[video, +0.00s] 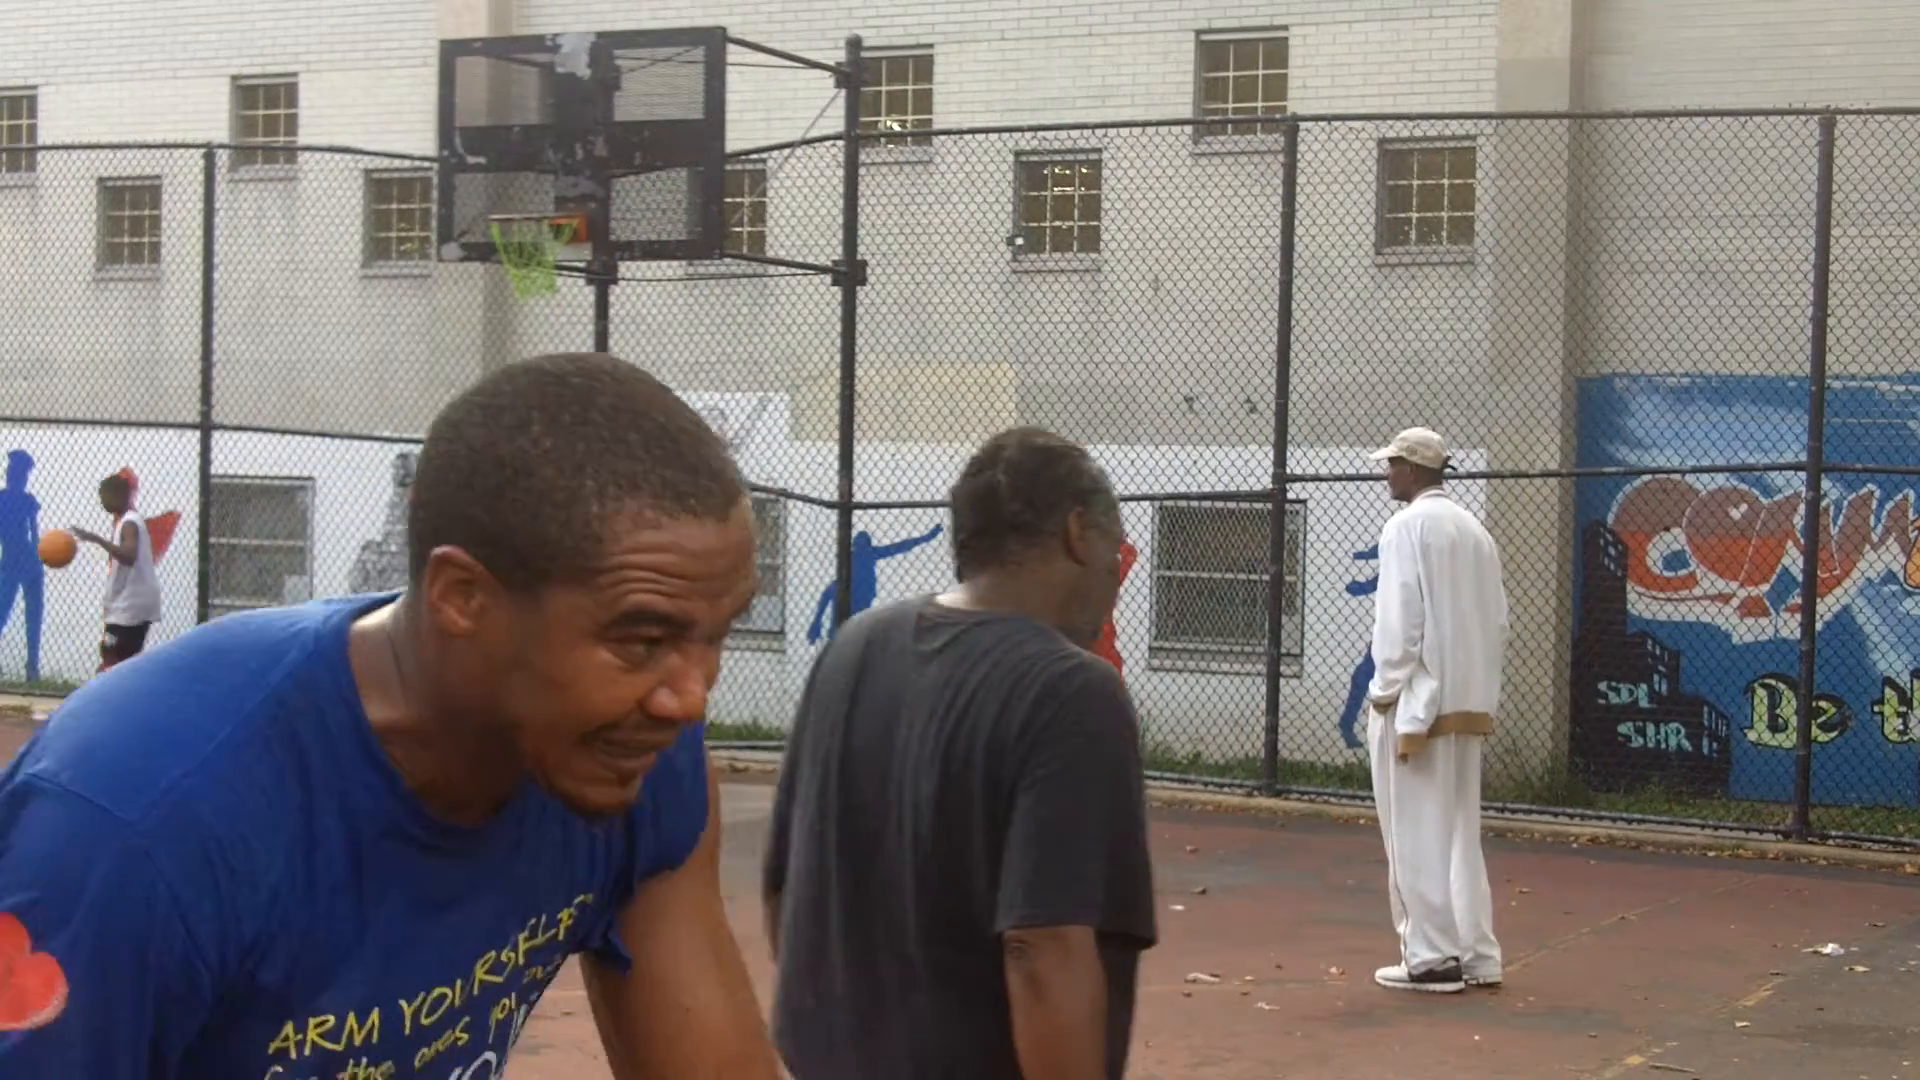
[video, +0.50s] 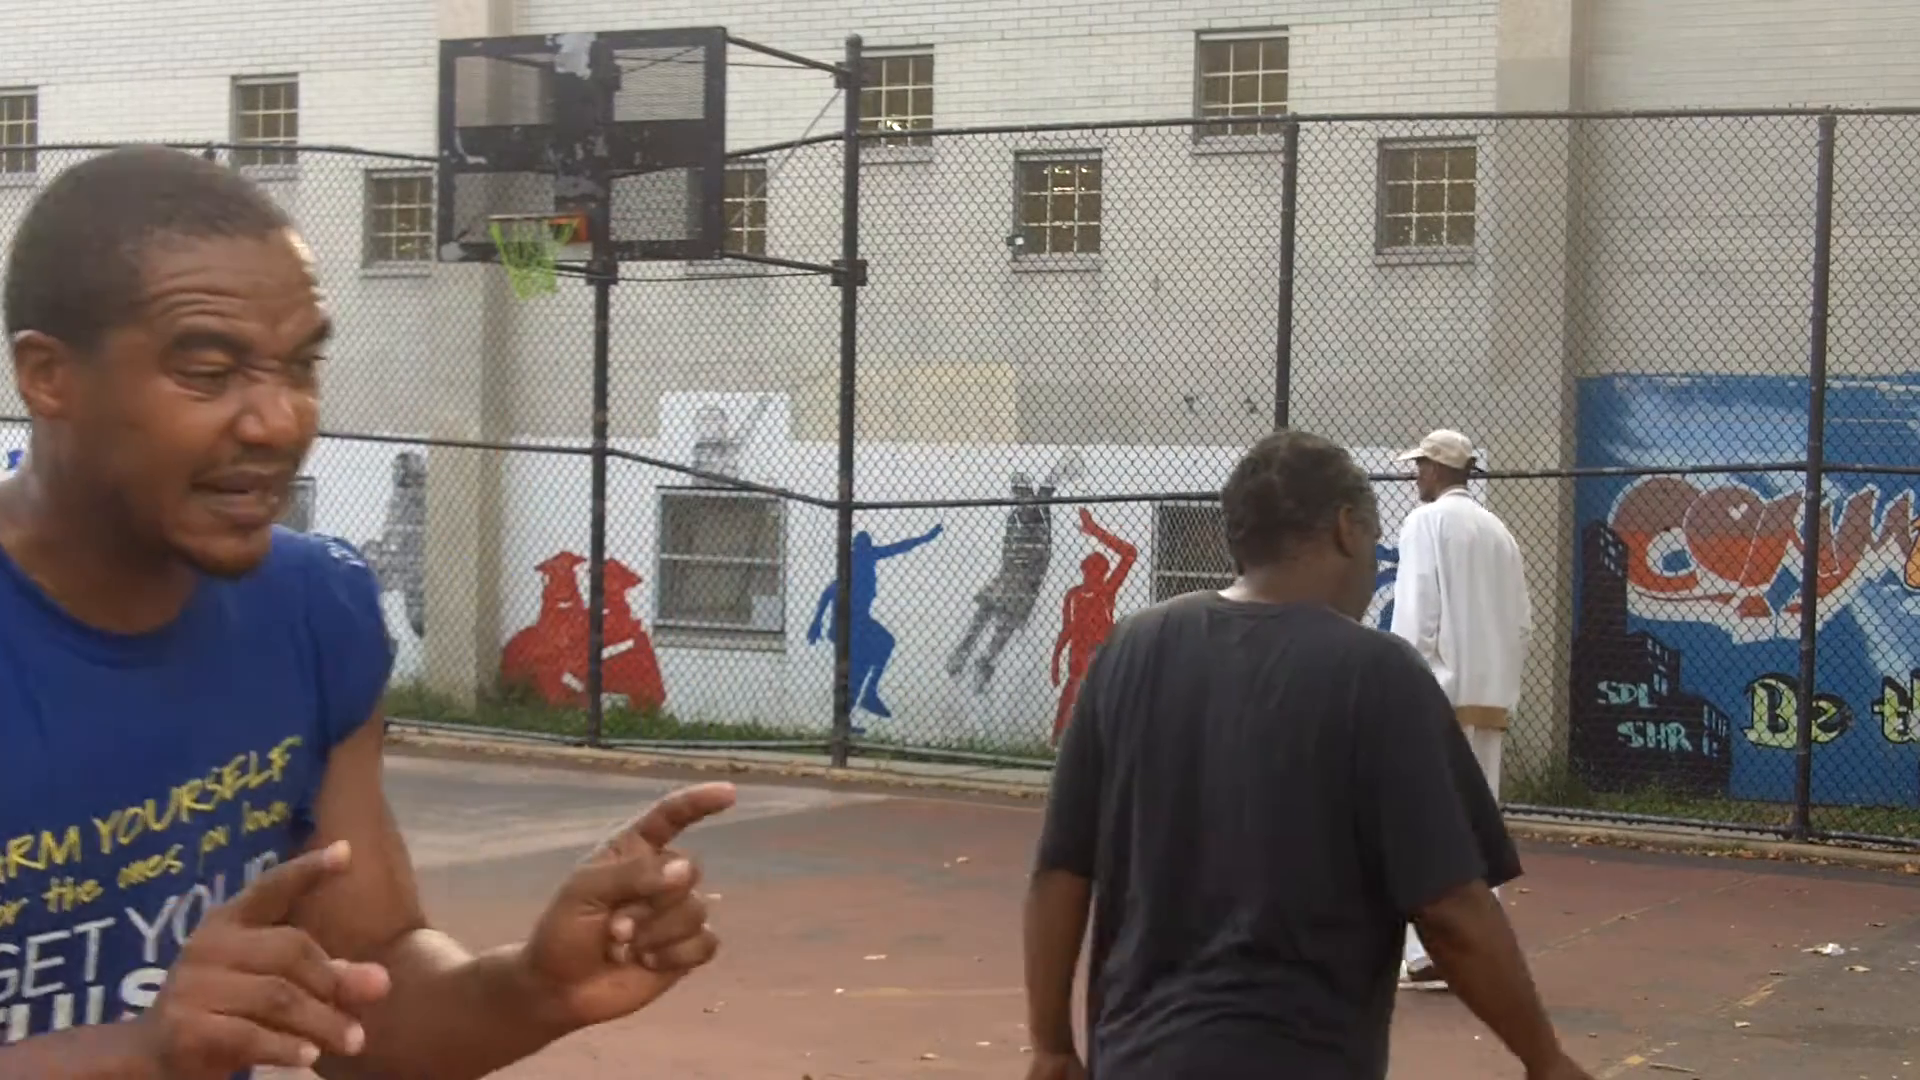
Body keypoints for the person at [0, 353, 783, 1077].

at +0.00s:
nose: (694, 700)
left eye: (720, 636)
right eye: (643, 637)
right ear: (460, 600)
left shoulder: (638, 747)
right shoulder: (135, 827)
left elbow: (722, 1066)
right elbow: (38, 1047)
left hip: (429, 1053)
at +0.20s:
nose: (572, 547)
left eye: (594, 487)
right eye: (506, 487)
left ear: (614, 470)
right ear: (331, 472)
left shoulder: (566, 666)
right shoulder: (61, 730)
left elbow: (583, 1028)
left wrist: (797, 1067)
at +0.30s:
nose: (490, 491)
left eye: (515, 428)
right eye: (423, 430)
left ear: (535, 417)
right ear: (255, 428)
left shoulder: (500, 635)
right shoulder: (35, 681)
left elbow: (496, 1003)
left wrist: (671, 1024)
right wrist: (294, 1078)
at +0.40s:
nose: (394, 447)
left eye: (418, 387)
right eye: (324, 391)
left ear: (437, 384)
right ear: (160, 393)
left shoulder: (419, 610)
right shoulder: (19, 640)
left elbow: (434, 978)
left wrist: (596, 981)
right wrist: (197, 1064)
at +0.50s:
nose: (279, 424)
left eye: (301, 366)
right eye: (208, 364)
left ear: (320, 368)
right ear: (47, 379)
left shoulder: (311, 604)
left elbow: (365, 978)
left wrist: (536, 989)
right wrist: (146, 1049)